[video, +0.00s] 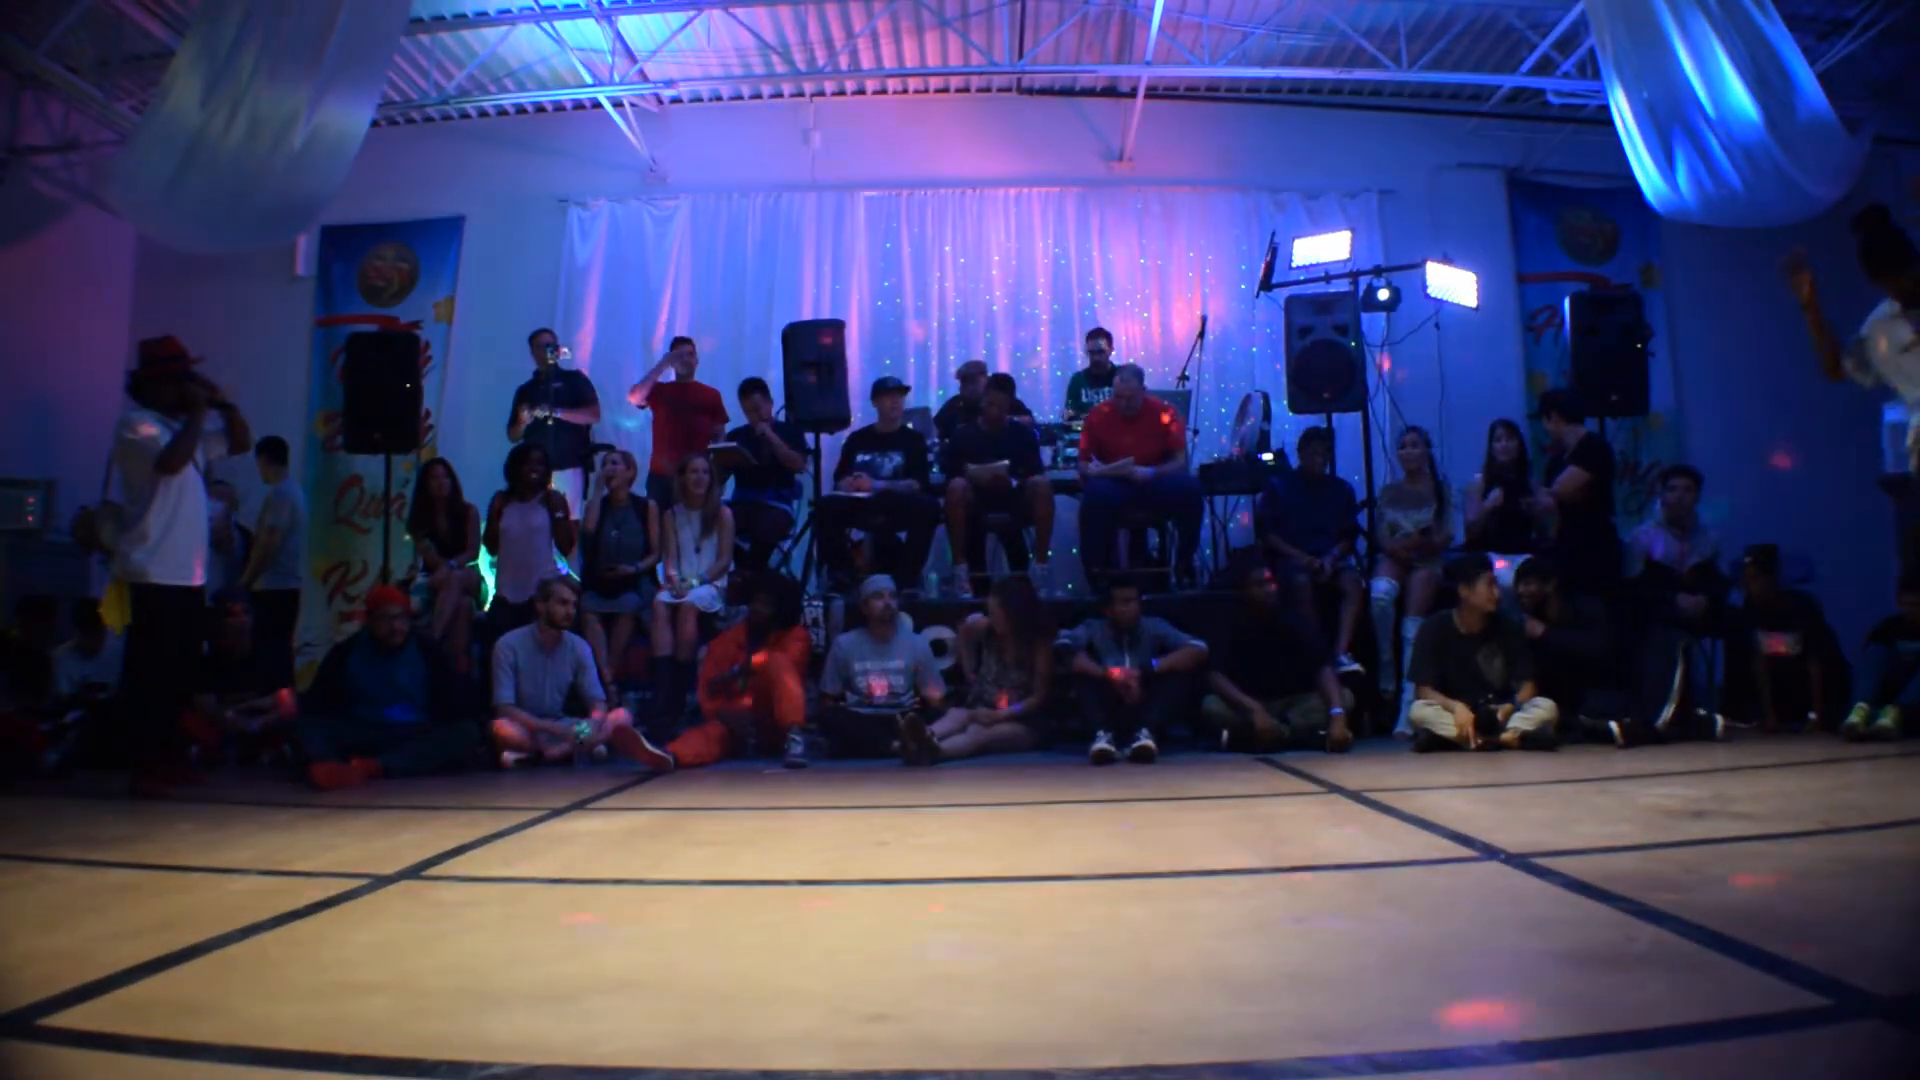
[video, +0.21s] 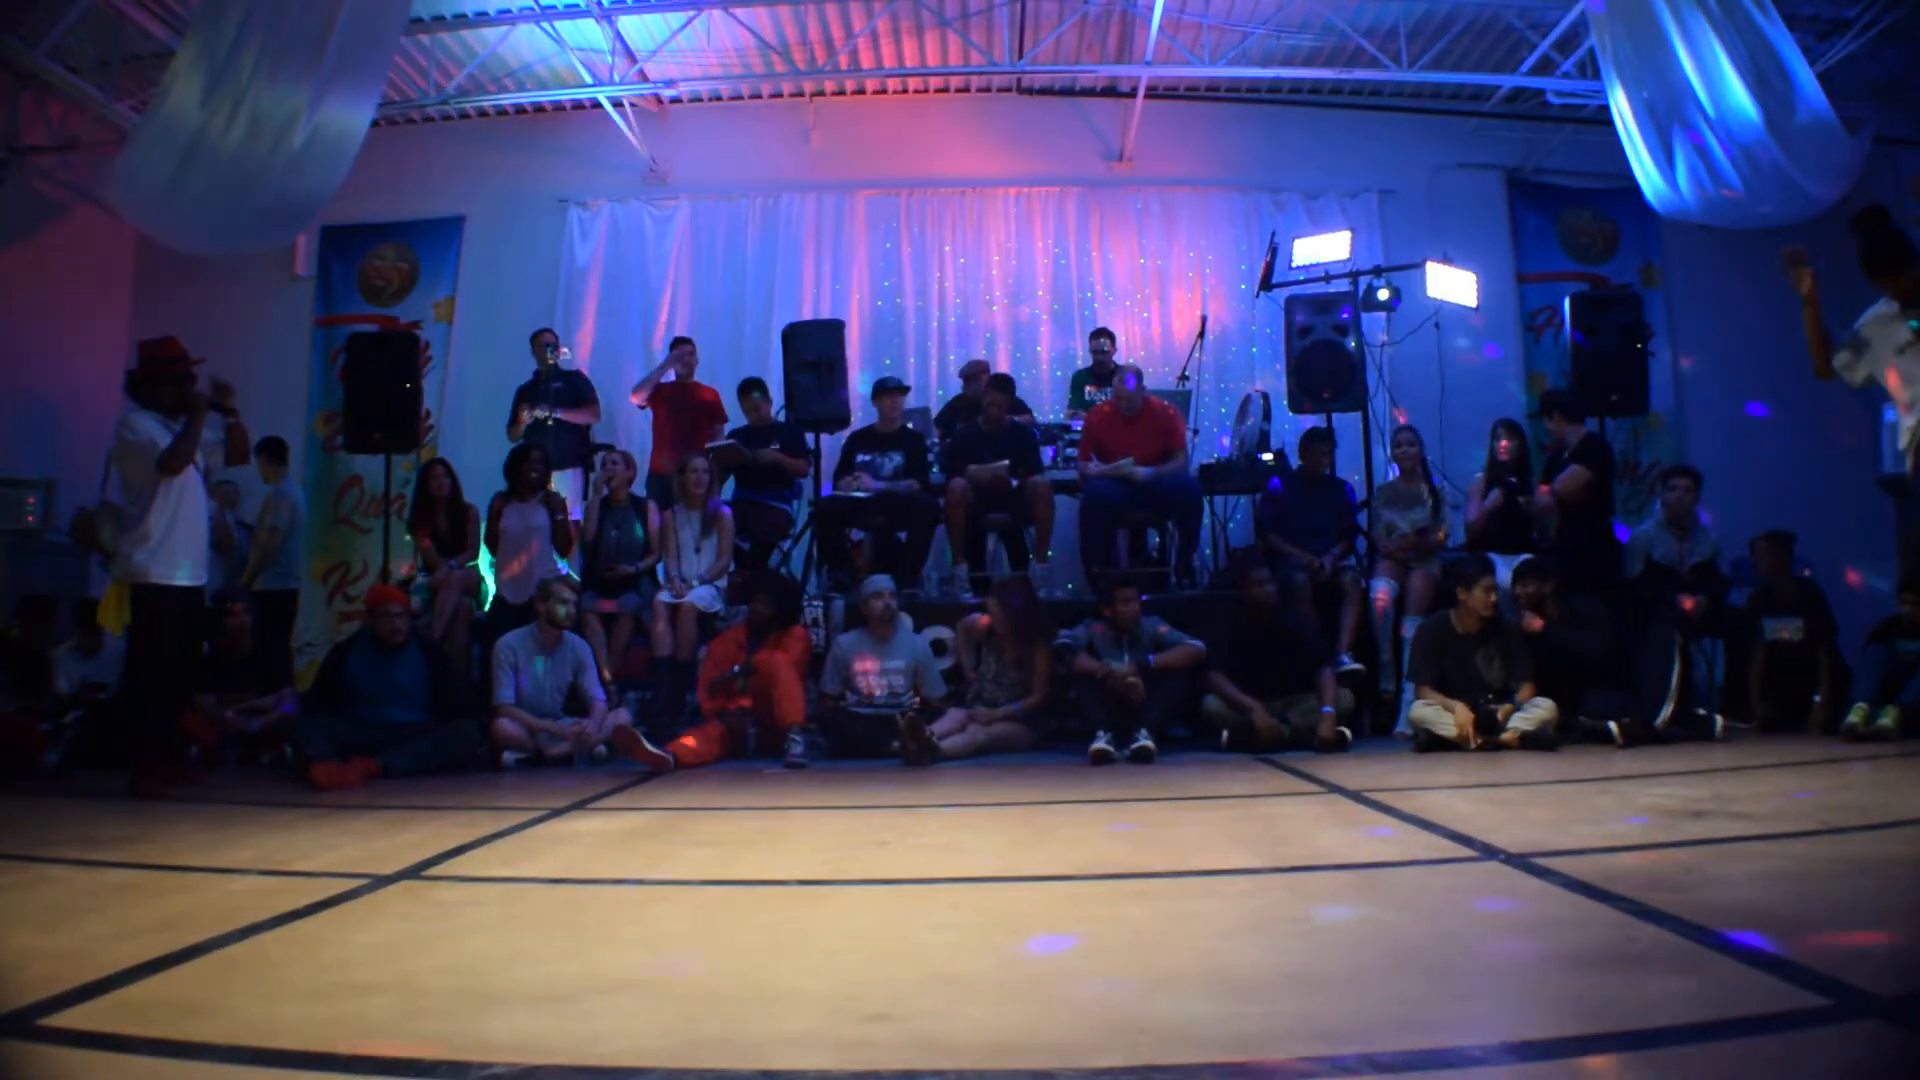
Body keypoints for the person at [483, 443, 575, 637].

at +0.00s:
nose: (534, 470)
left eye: (539, 464)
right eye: (528, 464)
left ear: (547, 470)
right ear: (515, 468)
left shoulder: (553, 500)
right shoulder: (501, 500)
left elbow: (566, 546)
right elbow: (491, 547)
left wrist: (556, 512)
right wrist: (496, 512)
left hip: (543, 592)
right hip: (507, 592)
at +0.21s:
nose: (534, 470)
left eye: (539, 464)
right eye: (528, 464)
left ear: (546, 470)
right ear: (515, 468)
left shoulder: (553, 501)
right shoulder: (501, 501)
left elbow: (564, 548)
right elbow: (491, 543)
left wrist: (557, 512)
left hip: (543, 591)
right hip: (508, 590)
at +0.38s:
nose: (534, 469)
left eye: (539, 464)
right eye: (528, 463)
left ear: (546, 469)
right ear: (516, 467)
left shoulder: (552, 502)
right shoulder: (501, 502)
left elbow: (561, 548)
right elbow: (491, 542)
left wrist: (558, 513)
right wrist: (508, 563)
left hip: (542, 588)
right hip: (508, 588)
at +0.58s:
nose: (534, 469)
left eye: (539, 463)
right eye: (528, 463)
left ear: (546, 469)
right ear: (515, 467)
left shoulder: (551, 501)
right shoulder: (500, 502)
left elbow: (561, 548)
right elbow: (491, 542)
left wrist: (557, 512)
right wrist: (510, 563)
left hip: (543, 592)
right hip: (508, 590)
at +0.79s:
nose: (534, 469)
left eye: (540, 464)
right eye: (528, 463)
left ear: (547, 469)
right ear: (516, 467)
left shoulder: (551, 501)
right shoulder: (499, 503)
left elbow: (561, 548)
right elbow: (491, 543)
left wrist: (559, 513)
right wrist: (511, 563)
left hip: (544, 591)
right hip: (508, 591)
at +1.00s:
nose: (535, 468)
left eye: (540, 463)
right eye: (529, 462)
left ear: (547, 468)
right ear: (516, 467)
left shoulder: (552, 501)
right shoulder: (500, 504)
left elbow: (561, 548)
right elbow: (493, 543)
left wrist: (558, 515)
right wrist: (509, 564)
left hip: (545, 580)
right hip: (510, 582)